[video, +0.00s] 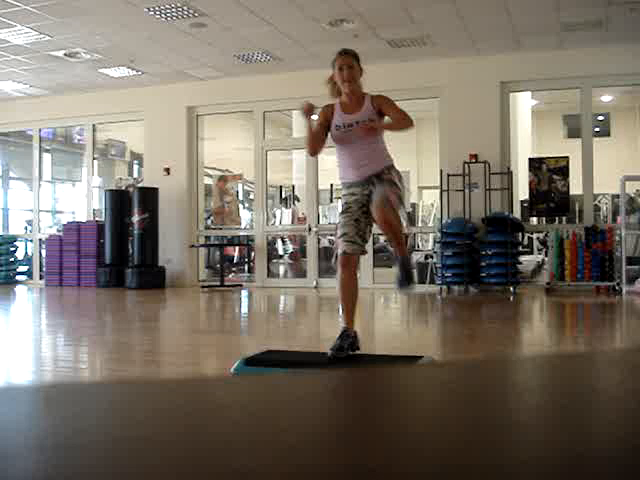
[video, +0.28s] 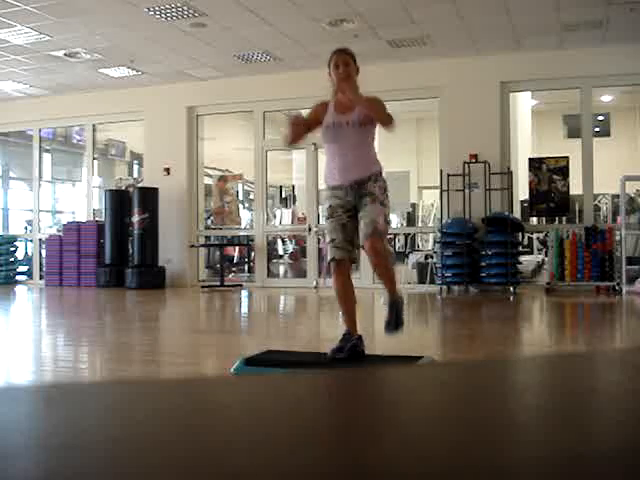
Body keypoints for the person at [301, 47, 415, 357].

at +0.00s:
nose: (346, 73)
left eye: (350, 68)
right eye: (340, 69)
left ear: (360, 72)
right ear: (333, 76)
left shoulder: (377, 102)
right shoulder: (329, 111)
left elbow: (406, 122)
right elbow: (313, 149)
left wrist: (382, 124)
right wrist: (310, 120)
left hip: (383, 177)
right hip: (352, 188)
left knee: (381, 210)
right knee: (346, 258)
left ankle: (403, 259)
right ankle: (348, 331)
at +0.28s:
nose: (342, 69)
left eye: (346, 64)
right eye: (336, 66)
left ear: (356, 70)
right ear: (330, 73)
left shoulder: (369, 103)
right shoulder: (323, 108)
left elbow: (387, 123)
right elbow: (292, 140)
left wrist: (363, 104)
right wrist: (296, 126)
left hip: (370, 184)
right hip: (336, 189)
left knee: (372, 244)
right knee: (339, 262)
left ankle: (394, 297)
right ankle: (351, 334)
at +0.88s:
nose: (309, 60)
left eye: (315, 55)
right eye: (304, 55)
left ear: (324, 61)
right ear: (297, 63)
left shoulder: (337, 94)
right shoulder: (291, 99)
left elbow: (361, 121)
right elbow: (268, 133)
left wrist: (349, 138)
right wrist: (250, 134)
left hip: (335, 172)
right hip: (304, 178)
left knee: (338, 233)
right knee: (299, 252)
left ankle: (371, 261)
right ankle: (303, 324)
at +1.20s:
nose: (297, 65)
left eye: (302, 60)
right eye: (292, 61)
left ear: (310, 66)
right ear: (284, 67)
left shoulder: (325, 103)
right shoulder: (276, 107)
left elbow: (344, 141)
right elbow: (266, 144)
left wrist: (338, 174)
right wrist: (266, 172)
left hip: (322, 178)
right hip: (290, 183)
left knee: (310, 243)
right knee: (291, 257)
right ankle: (302, 327)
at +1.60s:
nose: (298, 67)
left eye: (303, 62)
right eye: (293, 62)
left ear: (311, 67)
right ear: (284, 69)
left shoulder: (323, 102)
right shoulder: (279, 105)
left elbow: (350, 140)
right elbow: (273, 145)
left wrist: (337, 177)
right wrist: (267, 178)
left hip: (317, 184)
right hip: (284, 185)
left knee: (311, 260)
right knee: (278, 254)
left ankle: (311, 331)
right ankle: (311, 271)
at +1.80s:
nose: (298, 62)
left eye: (302, 57)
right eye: (292, 58)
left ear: (310, 63)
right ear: (284, 65)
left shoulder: (325, 98)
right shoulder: (279, 101)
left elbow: (345, 136)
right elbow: (271, 140)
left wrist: (331, 165)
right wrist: (265, 176)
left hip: (318, 174)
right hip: (284, 176)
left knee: (307, 242)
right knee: (287, 251)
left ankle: (323, 287)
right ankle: (290, 323)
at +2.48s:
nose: (315, 129)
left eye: (319, 124)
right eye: (310, 125)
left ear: (328, 127)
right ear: (304, 130)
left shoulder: (341, 158)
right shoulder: (306, 160)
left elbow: (358, 192)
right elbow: (310, 196)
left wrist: (364, 207)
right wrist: (296, 222)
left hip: (348, 227)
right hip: (321, 229)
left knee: (358, 287)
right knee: (301, 262)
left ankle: (377, 339)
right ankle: (303, 328)